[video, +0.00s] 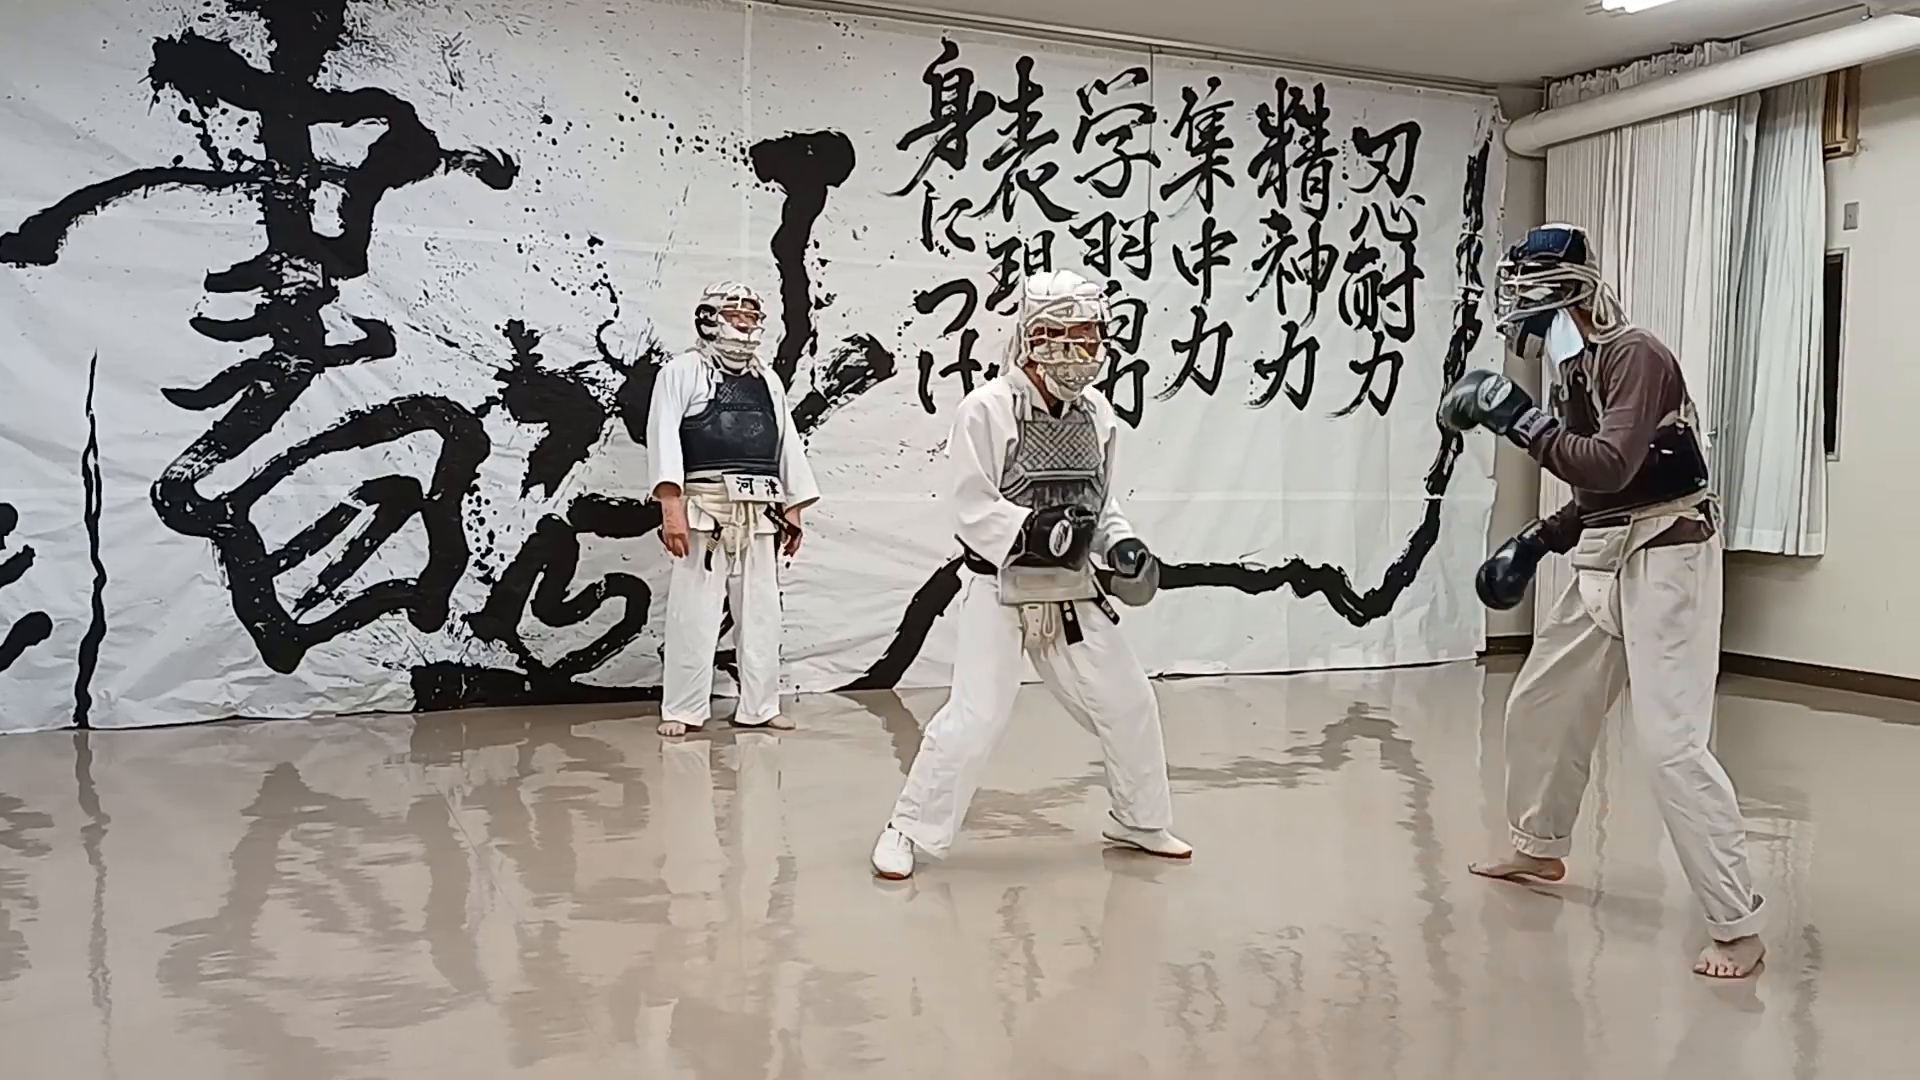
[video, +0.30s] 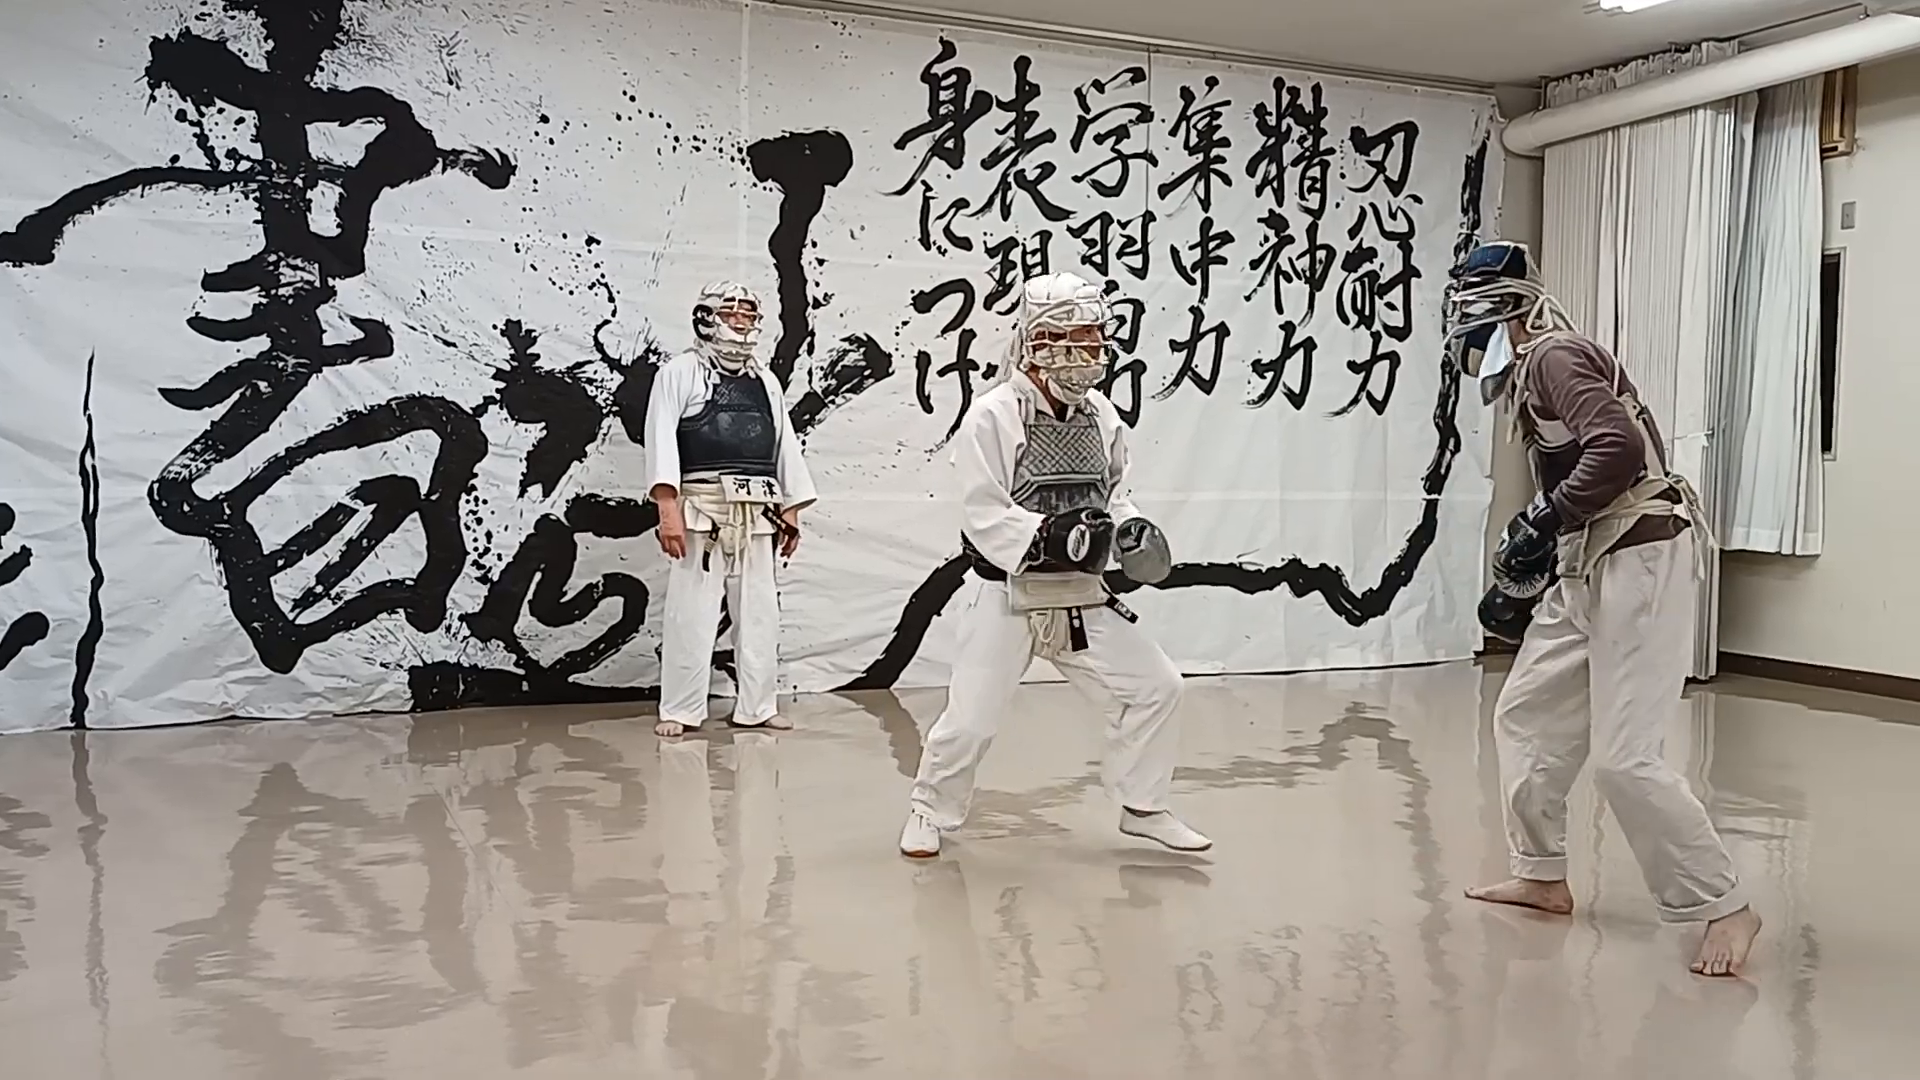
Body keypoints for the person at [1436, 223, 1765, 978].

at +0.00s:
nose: (1511, 312)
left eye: (1520, 296)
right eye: (1510, 297)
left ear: (1558, 296)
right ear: (1556, 298)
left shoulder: (1635, 353)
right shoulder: (1569, 379)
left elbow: (1613, 466)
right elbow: (1598, 492)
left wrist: (1522, 421)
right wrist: (1531, 544)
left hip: (1670, 549)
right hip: (1600, 551)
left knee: (1671, 741)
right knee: (1543, 704)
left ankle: (1738, 930)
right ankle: (1539, 853)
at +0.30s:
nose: (1458, 337)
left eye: (1465, 320)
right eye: (1455, 321)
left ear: (1501, 313)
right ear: (1511, 315)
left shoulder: (1552, 356)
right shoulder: (1531, 385)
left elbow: (1618, 448)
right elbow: (1568, 488)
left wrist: (1543, 519)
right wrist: (1533, 566)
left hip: (1643, 552)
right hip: (1586, 563)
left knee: (1625, 754)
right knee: (1528, 713)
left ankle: (1727, 910)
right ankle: (1541, 878)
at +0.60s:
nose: (1452, 333)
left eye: (1465, 319)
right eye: (1454, 317)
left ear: (1504, 327)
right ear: (1510, 325)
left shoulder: (1556, 387)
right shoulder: (1513, 400)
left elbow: (1489, 497)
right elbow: (1537, 528)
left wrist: (1433, 426)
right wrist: (1458, 556)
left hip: (1622, 587)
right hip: (1566, 591)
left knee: (1554, 748)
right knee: (1479, 726)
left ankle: (1655, 942)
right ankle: (1523, 874)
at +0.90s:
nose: (1485, 320)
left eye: (1489, 307)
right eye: (1484, 306)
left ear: (1517, 309)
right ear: (1568, 299)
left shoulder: (1573, 385)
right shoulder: (1631, 370)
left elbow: (1425, 459)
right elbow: (1585, 495)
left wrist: (1418, 352)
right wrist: (1522, 587)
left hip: (1668, 621)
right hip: (1736, 616)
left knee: (1529, 808)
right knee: (1644, 796)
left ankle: (1609, 1012)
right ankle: (1653, 925)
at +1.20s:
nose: (1567, 272)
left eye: (1575, 253)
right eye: (1568, 254)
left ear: (1608, 255)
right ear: (1676, 250)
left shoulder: (1640, 345)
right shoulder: (1747, 342)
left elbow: (1474, 427)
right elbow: (1821, 502)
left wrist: (1485, 312)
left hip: (1700, 640)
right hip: (1806, 640)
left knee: (1566, 819)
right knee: (1819, 910)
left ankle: (1594, 1015)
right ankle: (1875, 1070)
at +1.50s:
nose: (1553, 193)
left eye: (1563, 178)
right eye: (1557, 178)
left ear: (1588, 184)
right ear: (1677, 184)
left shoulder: (1555, 282)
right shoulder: (1762, 280)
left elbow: (1446, 402)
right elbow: (1821, 470)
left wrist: (1462, 284)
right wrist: (1766, 581)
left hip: (1612, 591)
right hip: (1759, 586)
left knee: (1505, 816)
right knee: (1783, 855)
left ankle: (1513, 1041)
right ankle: (1832, 1066)